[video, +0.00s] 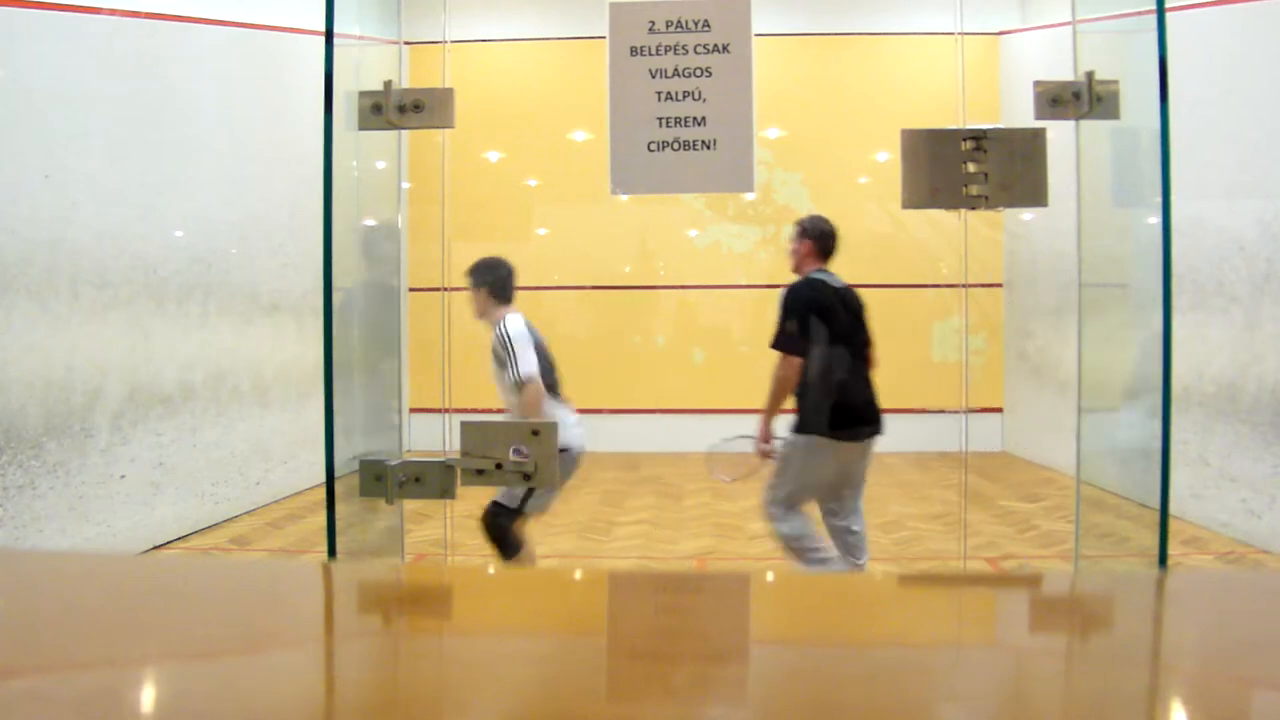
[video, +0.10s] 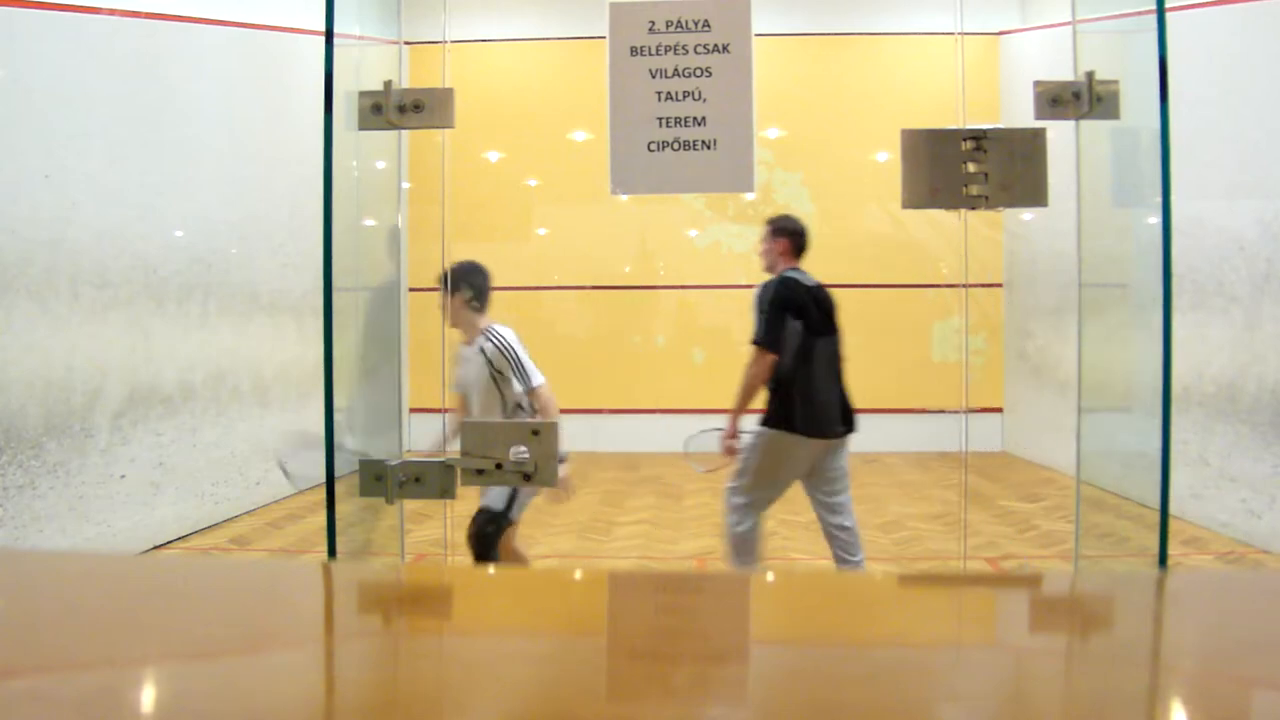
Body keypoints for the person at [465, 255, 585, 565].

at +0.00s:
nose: (471, 298)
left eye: (473, 290)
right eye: (472, 290)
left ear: (487, 292)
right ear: (497, 291)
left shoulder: (510, 328)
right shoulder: (509, 327)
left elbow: (533, 390)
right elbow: (529, 391)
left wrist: (523, 445)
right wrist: (515, 443)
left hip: (557, 443)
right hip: (553, 442)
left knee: (499, 519)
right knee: (501, 519)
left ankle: (531, 592)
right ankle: (530, 590)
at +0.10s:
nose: (442, 304)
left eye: (446, 295)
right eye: (443, 295)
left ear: (465, 296)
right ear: (464, 298)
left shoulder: (500, 340)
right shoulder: (465, 350)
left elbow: (545, 401)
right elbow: (464, 414)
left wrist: (554, 461)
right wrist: (437, 448)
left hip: (522, 459)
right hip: (495, 460)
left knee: (483, 535)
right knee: (503, 543)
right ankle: (541, 598)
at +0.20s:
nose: (407, 299)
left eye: (412, 290)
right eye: (408, 290)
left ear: (431, 290)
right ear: (425, 292)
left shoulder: (478, 334)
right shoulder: (424, 348)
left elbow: (528, 387)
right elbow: (410, 406)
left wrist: (546, 443)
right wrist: (379, 435)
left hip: (496, 461)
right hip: (458, 462)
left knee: (464, 552)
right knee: (460, 553)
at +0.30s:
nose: (368, 298)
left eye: (373, 287)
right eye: (368, 287)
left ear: (393, 285)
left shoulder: (448, 329)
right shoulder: (389, 338)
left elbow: (467, 404)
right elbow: (357, 400)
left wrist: (442, 437)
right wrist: (322, 393)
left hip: (462, 466)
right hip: (420, 467)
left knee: (441, 569)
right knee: (396, 564)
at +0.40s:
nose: (321, 301)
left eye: (329, 290)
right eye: (321, 290)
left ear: (357, 285)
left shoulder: (404, 322)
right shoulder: (338, 337)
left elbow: (390, 395)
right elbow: (298, 384)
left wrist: (320, 412)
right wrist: (281, 338)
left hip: (431, 469)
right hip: (380, 467)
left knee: (429, 581)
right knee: (331, 560)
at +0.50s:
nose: (259, 313)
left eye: (263, 302)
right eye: (258, 303)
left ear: (285, 298)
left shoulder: (357, 329)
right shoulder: (283, 355)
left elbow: (345, 397)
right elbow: (237, 394)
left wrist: (264, 431)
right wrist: (249, 333)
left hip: (386, 499)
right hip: (327, 497)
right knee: (276, 583)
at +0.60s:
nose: (196, 349)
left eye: (199, 334)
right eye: (195, 335)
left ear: (215, 326)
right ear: (214, 328)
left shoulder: (290, 357)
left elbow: (336, 427)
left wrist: (291, 501)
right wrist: (206, 422)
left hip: (343, 526)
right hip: (284, 526)